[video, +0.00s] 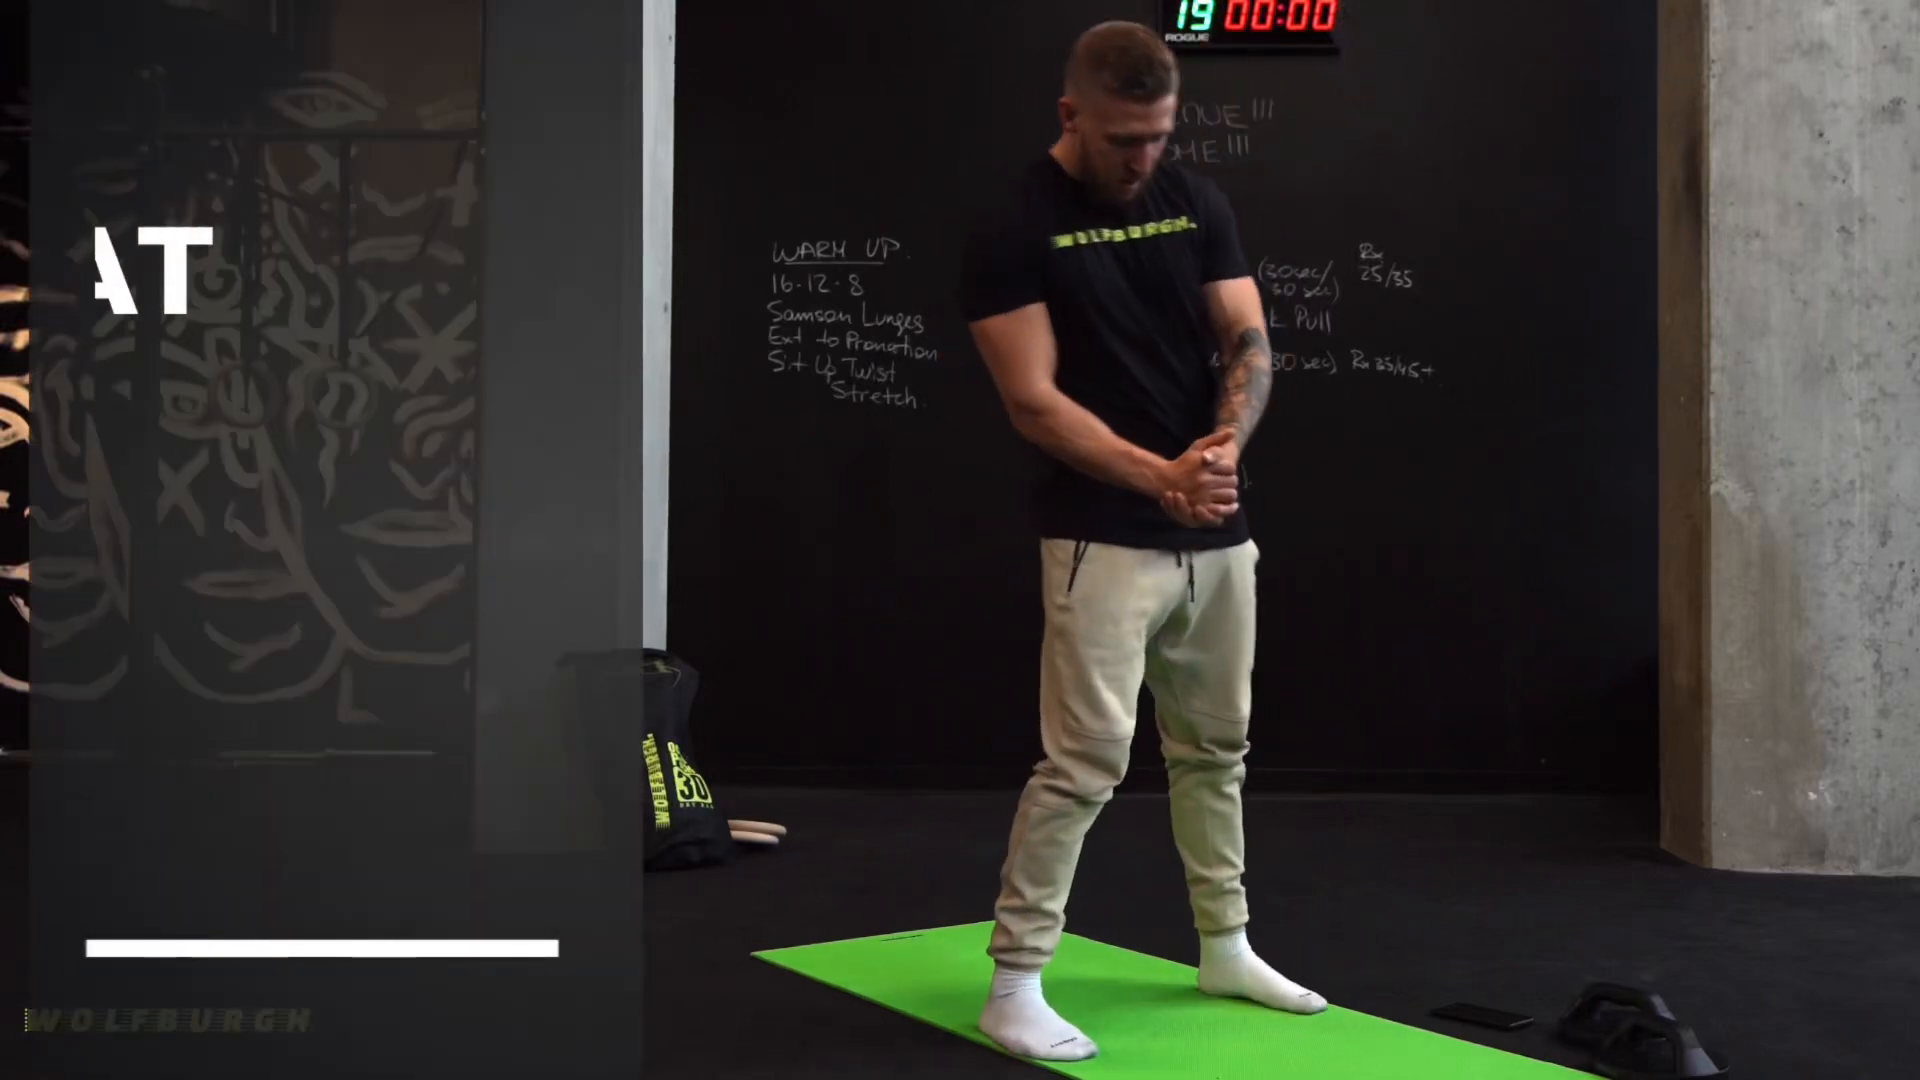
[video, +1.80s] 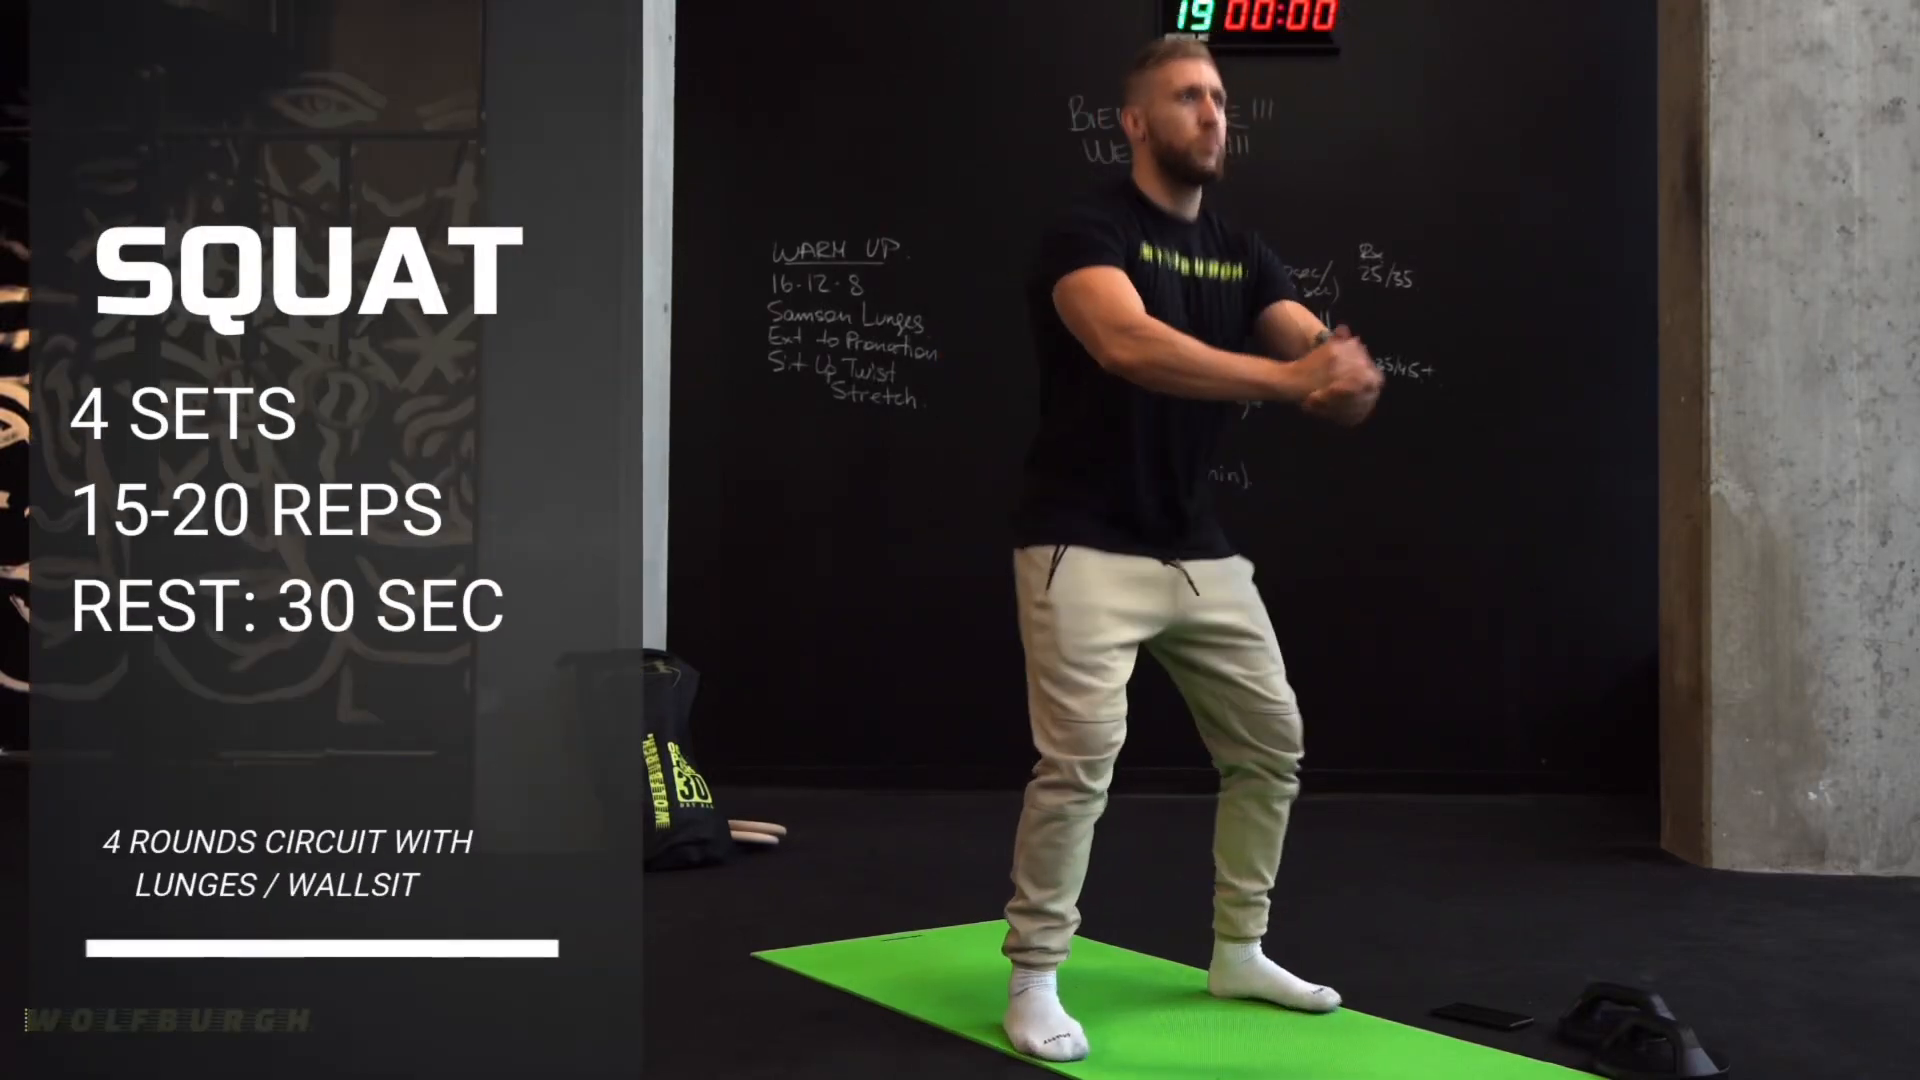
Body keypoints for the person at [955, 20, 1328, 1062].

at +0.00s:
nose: (1146, 160)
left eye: (1160, 139)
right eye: (1124, 140)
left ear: (1177, 114)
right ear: (1068, 114)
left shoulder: (1199, 202)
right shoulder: (1016, 229)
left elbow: (1249, 343)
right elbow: (1032, 404)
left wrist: (1227, 443)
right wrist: (1155, 479)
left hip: (1214, 532)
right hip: (1102, 538)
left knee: (1213, 749)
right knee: (1085, 760)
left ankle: (1225, 950)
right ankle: (1015, 986)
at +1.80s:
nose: (1212, 114)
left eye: (1218, 99)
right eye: (1188, 99)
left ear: (1226, 121)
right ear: (1133, 121)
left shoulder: (1239, 251)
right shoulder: (1082, 229)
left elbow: (1311, 345)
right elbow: (1127, 347)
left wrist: (1347, 375)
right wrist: (1289, 379)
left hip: (1198, 548)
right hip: (1082, 545)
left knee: (1268, 744)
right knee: (1078, 758)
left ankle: (1239, 955)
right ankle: (1035, 982)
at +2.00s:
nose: (1222, 261)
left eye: (1227, 246)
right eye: (1198, 246)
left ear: (1235, 263)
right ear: (1142, 266)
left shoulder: (1239, 375)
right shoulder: (1099, 364)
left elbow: (1368, 424)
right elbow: (1173, 410)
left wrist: (1408, 376)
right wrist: (1344, 359)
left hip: (1168, 631)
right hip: (1052, 631)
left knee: (1302, 746)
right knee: (1090, 754)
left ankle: (1242, 958)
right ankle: (1036, 985)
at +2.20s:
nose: (1227, 396)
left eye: (1233, 378)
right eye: (1204, 379)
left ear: (1242, 390)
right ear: (1148, 400)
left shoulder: (1248, 492)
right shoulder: (1109, 483)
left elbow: (1373, 523)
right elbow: (1180, 518)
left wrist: (1408, 467)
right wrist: (1355, 444)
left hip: (1163, 717)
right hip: (1045, 717)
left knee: (1308, 754)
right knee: (1101, 762)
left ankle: (1242, 958)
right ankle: (1041, 989)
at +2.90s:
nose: (1226, 287)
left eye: (1231, 271)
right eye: (1203, 271)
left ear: (1238, 287)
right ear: (1147, 292)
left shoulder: (1246, 397)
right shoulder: (1102, 390)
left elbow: (1345, 467)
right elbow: (1162, 476)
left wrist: (1402, 468)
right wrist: (1336, 464)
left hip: (1185, 650)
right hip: (1067, 654)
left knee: (1316, 755)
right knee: (1121, 769)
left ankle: (1243, 961)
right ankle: (1044, 987)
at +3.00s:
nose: (1212, 170)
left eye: (1217, 155)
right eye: (1188, 155)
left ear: (1224, 174)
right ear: (1132, 174)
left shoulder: (1239, 294)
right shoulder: (1087, 287)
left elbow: (1315, 407)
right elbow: (1113, 425)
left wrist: (1353, 485)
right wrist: (1257, 506)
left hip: (1207, 585)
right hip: (1087, 584)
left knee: (1297, 751)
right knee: (1114, 758)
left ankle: (1242, 959)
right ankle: (1043, 984)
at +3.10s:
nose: (1206, 113)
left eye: (1211, 98)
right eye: (1181, 99)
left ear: (1220, 119)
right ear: (1127, 122)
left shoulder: (1236, 250)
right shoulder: (1082, 234)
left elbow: (1296, 384)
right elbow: (1072, 391)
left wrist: (1324, 493)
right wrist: (1174, 515)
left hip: (1210, 555)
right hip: (1093, 554)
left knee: (1278, 746)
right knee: (1107, 754)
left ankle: (1242, 958)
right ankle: (1041, 982)